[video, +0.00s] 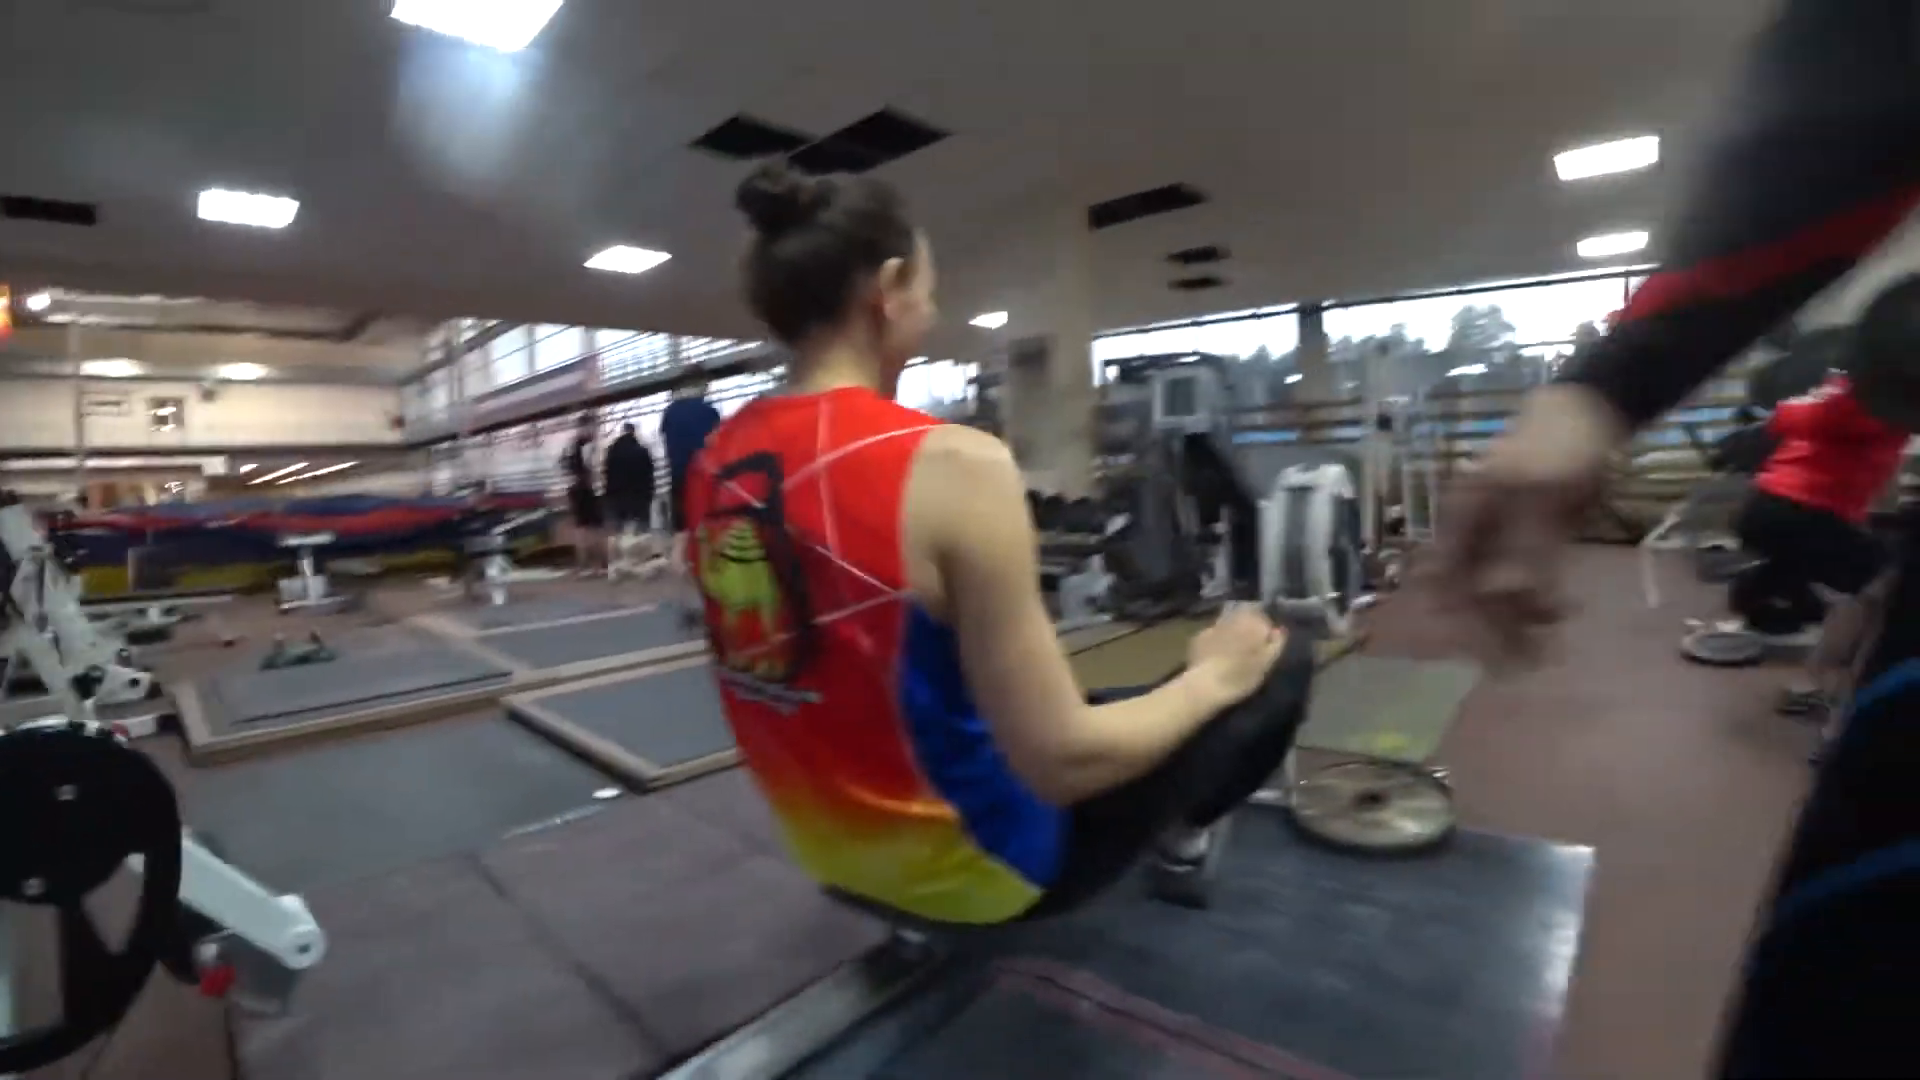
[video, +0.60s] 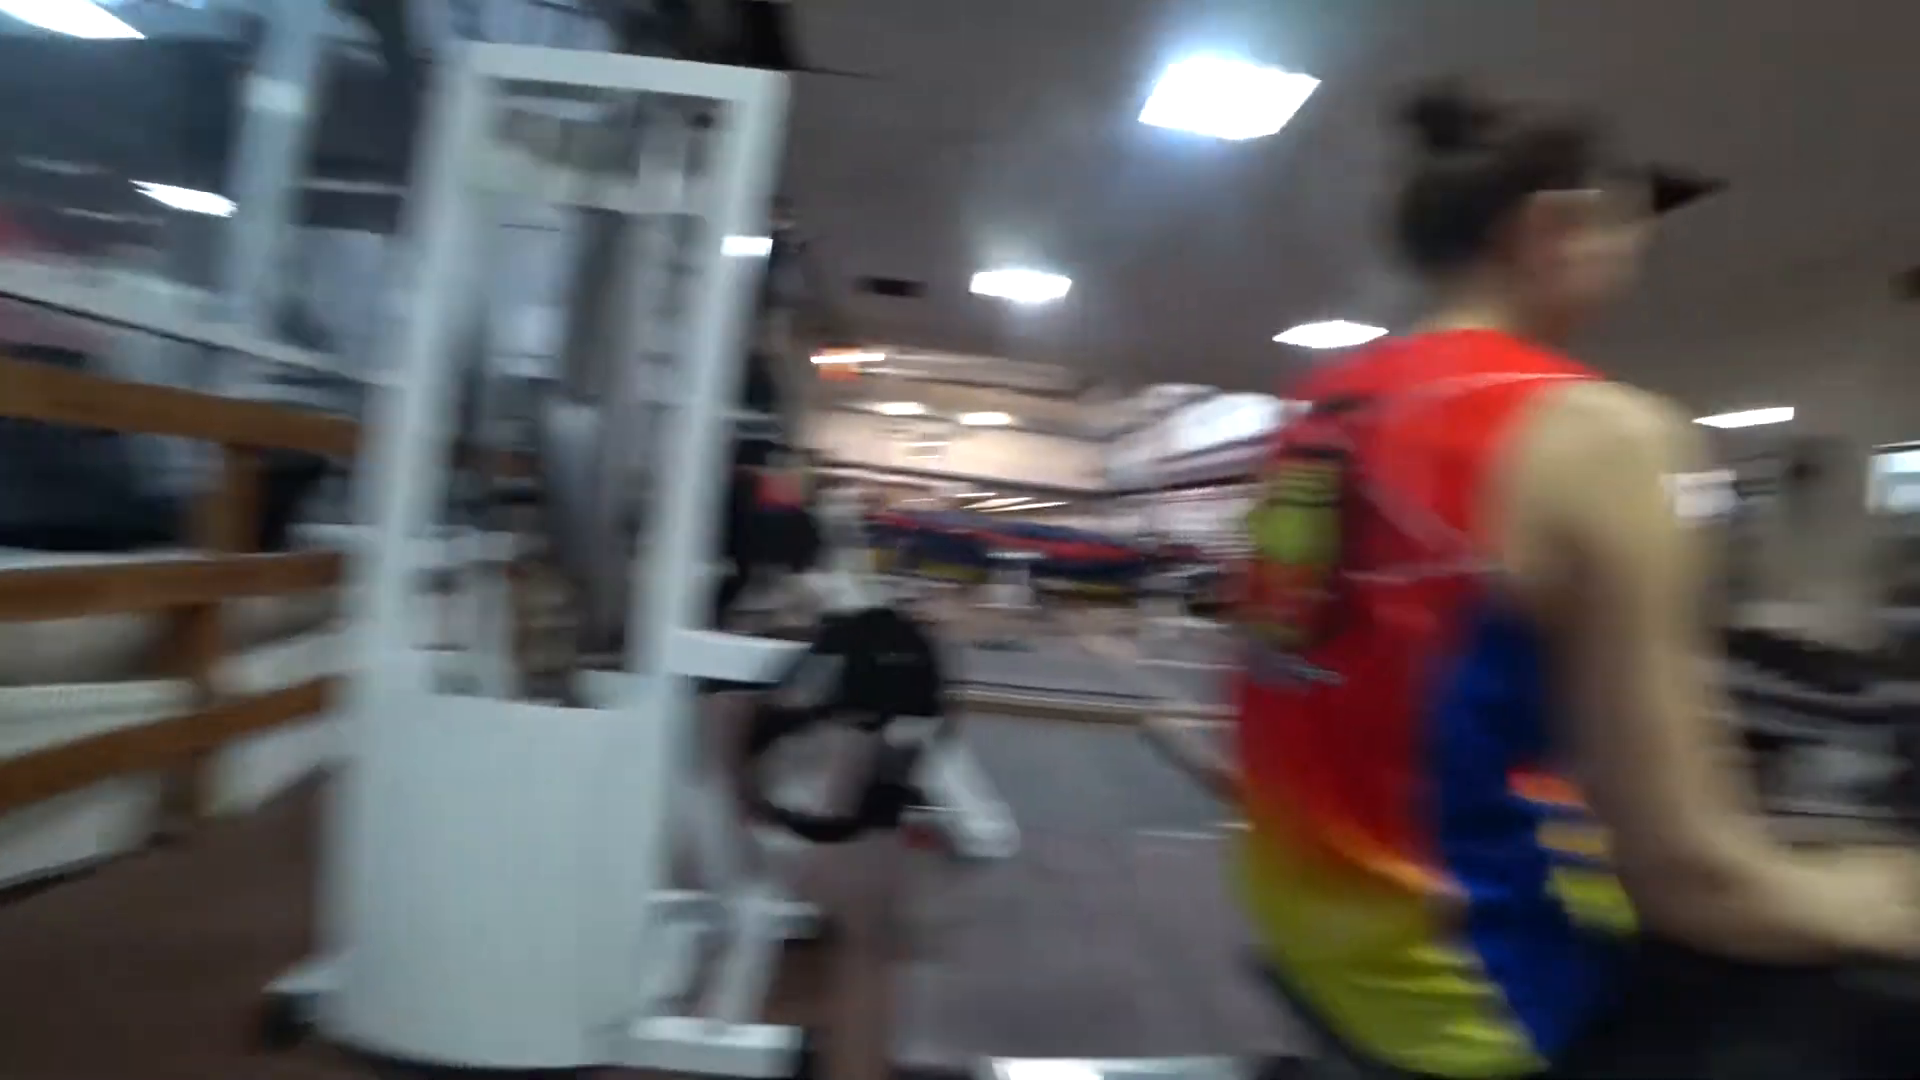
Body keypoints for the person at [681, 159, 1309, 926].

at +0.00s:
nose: (931, 314)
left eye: (931, 291)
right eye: (928, 290)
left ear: (782, 308)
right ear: (886, 294)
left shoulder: (720, 460)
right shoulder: (955, 468)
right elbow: (1059, 762)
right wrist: (1210, 677)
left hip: (838, 867)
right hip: (985, 886)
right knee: (1277, 658)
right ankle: (1186, 837)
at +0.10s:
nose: (978, 302)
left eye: (974, 279)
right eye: (967, 278)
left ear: (824, 295)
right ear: (922, 285)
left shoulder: (776, 448)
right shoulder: (999, 456)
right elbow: (1109, 750)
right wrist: (1267, 687)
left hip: (888, 864)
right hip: (1030, 883)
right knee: (1322, 668)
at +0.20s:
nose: (1196, 289)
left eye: (1188, 261)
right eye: (1177, 261)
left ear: (1035, 285)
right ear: (1126, 273)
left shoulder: (984, 442)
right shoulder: (1196, 438)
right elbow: (1323, 743)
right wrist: (1513, 702)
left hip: (1093, 869)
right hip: (1240, 886)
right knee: (1543, 714)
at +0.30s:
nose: (1462, 274)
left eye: (1457, 243)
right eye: (1444, 243)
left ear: (1290, 271)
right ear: (1385, 254)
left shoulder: (1229, 436)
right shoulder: (1480, 447)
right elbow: (1611, 797)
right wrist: (1817, 788)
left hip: (1310, 917)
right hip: (1474, 950)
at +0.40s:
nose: (1682, 263)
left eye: (1682, 231)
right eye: (1674, 230)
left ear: (1504, 252)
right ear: (1620, 230)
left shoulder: (1405, 423)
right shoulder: (1706, 448)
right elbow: (1828, 861)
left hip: (1442, 940)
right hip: (1637, 992)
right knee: (1898, 998)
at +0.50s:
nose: (1750, 275)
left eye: (1754, 244)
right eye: (1749, 242)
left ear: (1556, 233)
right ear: (1691, 219)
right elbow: (1865, 903)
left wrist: (1724, 839)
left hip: (1457, 967)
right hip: (1652, 1010)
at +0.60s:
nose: (1633, 268)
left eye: (1639, 235)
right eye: (1625, 232)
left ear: (1438, 242)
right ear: (1547, 232)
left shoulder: (1335, 404)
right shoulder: (1587, 439)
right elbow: (1682, 865)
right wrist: (1867, 897)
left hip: (1316, 952)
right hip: (1483, 998)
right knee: (1877, 1015)